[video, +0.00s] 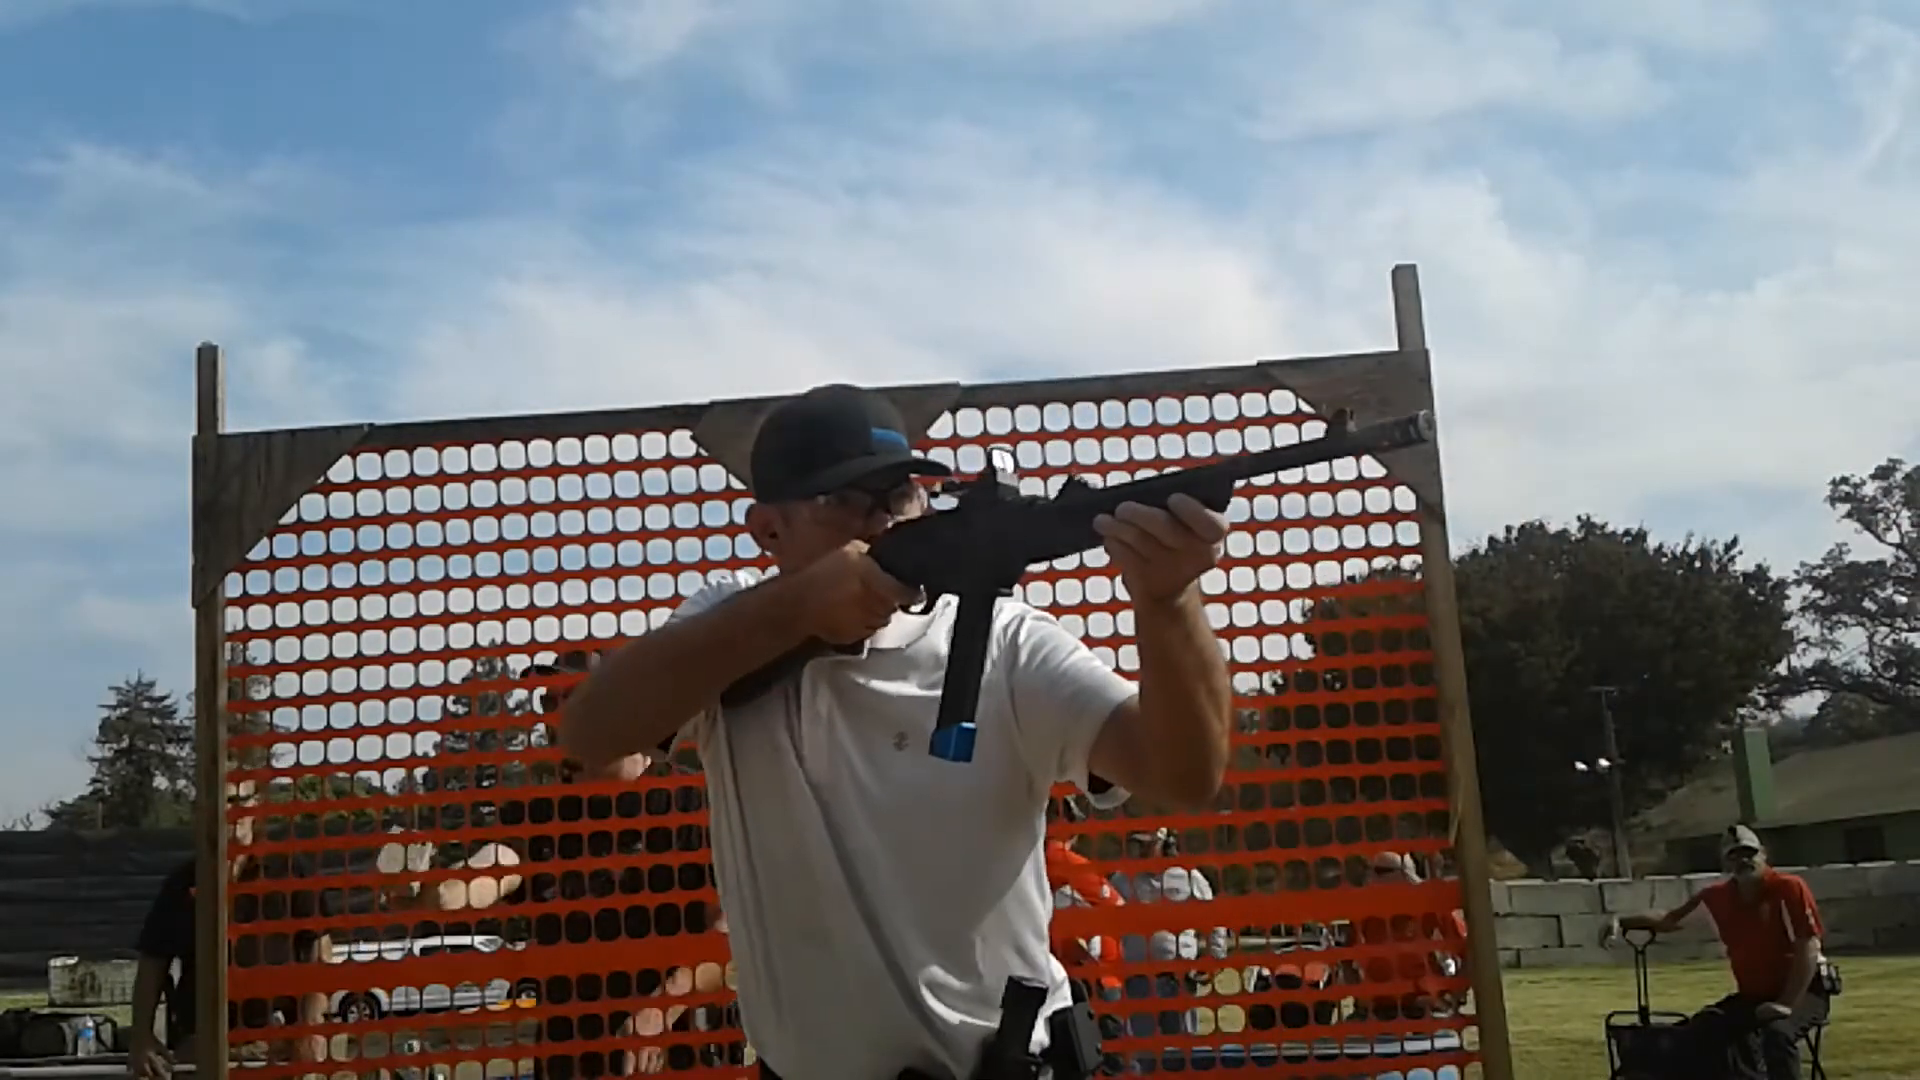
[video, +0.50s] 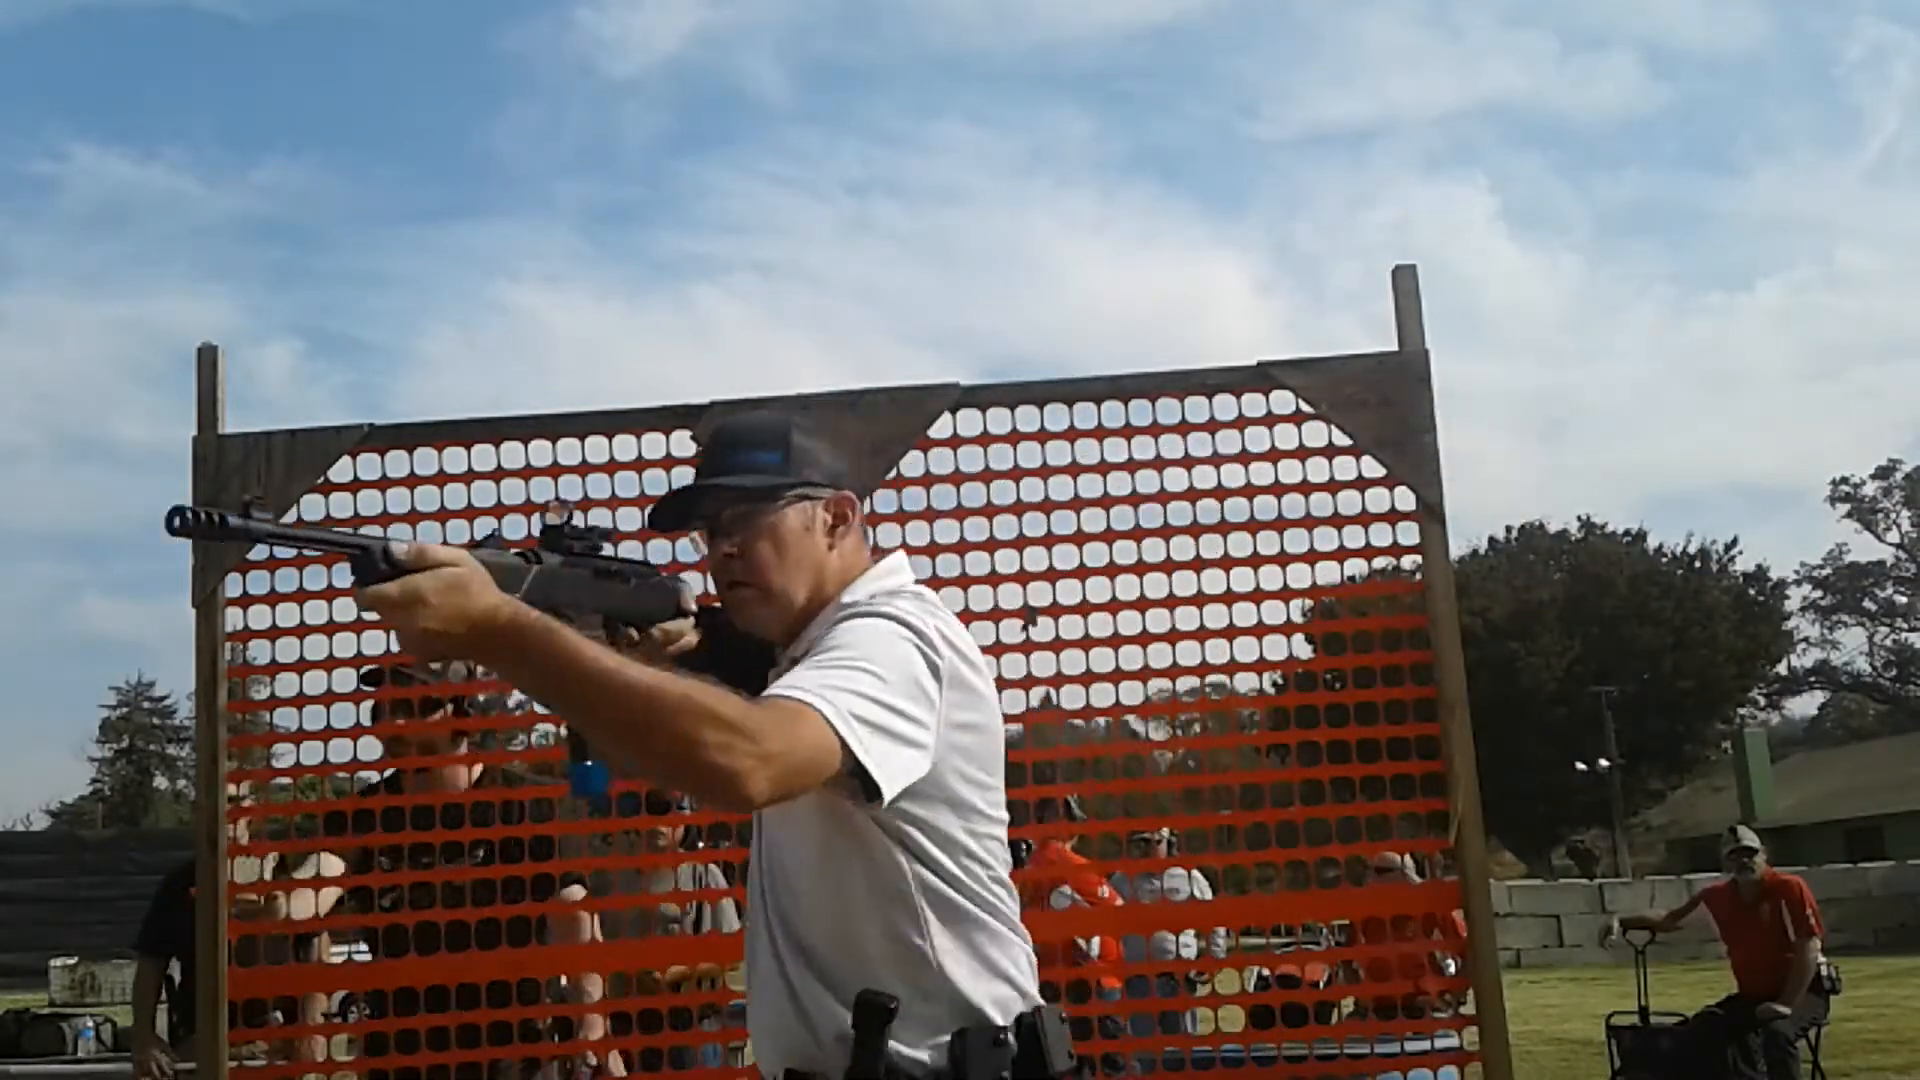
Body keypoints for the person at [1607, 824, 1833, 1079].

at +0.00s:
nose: (1744, 860)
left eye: (1750, 853)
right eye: (1735, 856)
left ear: (1762, 856)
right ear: (1725, 863)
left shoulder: (1789, 888)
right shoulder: (1714, 897)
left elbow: (1810, 950)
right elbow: (1668, 922)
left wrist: (1787, 1004)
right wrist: (1621, 922)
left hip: (1803, 998)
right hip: (1752, 998)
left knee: (1776, 1035)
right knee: (1695, 1032)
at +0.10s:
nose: (1744, 860)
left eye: (1750, 853)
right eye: (1735, 856)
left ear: (1762, 856)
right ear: (1725, 863)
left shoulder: (1789, 888)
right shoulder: (1714, 897)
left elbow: (1810, 949)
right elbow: (1668, 922)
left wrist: (1787, 1004)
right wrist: (1621, 922)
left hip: (1803, 998)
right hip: (1753, 998)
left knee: (1776, 1035)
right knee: (1694, 1032)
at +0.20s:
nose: (1744, 859)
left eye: (1750, 853)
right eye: (1735, 855)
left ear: (1762, 856)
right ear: (1725, 863)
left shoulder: (1789, 888)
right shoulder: (1715, 897)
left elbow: (1810, 950)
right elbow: (1668, 922)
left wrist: (1787, 1004)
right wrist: (1621, 923)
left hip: (1803, 998)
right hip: (1753, 998)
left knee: (1776, 1035)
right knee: (1695, 1031)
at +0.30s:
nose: (1744, 859)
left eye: (1750, 853)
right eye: (1735, 855)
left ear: (1763, 856)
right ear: (1725, 863)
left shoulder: (1789, 888)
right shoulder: (1715, 897)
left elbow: (1810, 949)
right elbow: (1668, 922)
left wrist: (1787, 1004)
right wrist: (1621, 922)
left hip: (1803, 998)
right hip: (1753, 998)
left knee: (1776, 1035)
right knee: (1695, 1032)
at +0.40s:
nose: (1744, 860)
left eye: (1750, 853)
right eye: (1735, 855)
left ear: (1763, 856)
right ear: (1725, 863)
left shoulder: (1789, 888)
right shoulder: (1715, 897)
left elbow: (1810, 949)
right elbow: (1668, 922)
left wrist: (1787, 1004)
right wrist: (1621, 922)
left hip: (1803, 998)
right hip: (1753, 998)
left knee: (1776, 1035)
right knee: (1695, 1032)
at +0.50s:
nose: (1744, 860)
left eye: (1750, 853)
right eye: (1735, 856)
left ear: (1763, 856)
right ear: (1725, 863)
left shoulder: (1789, 888)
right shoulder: (1715, 897)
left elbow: (1810, 949)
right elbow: (1668, 922)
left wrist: (1787, 1004)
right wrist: (1621, 923)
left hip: (1803, 998)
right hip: (1753, 998)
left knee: (1776, 1035)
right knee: (1695, 1031)